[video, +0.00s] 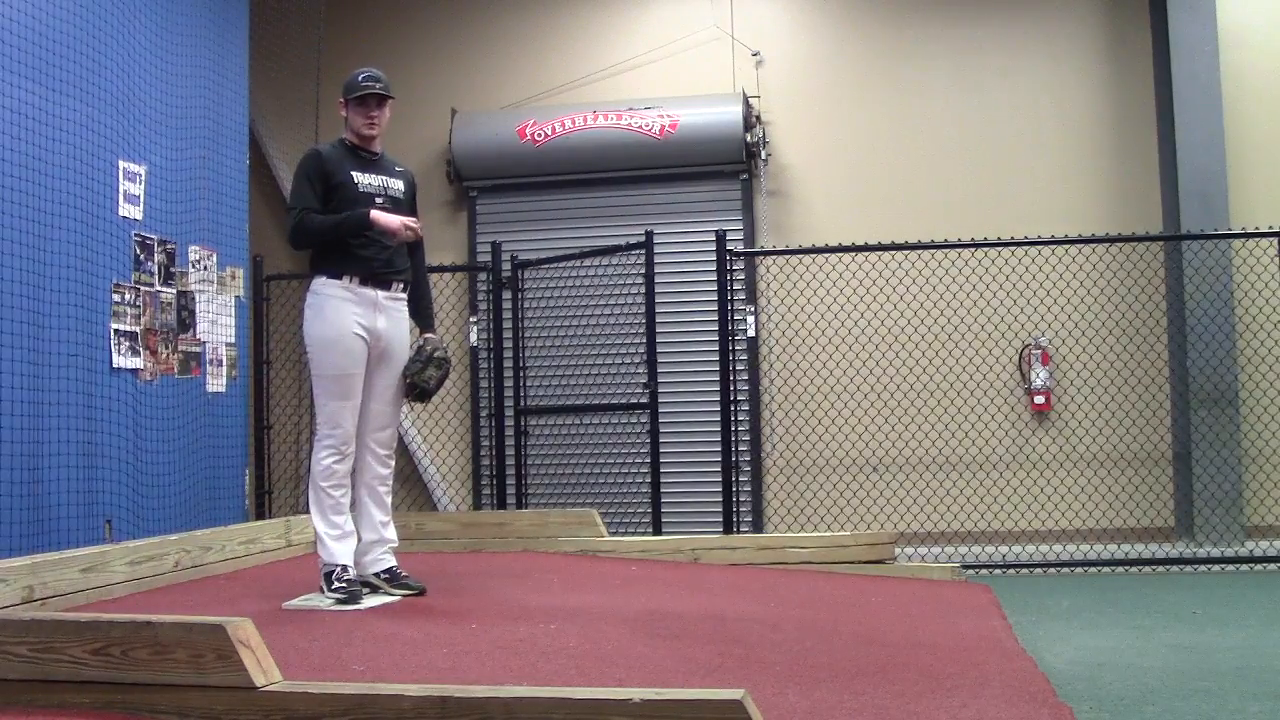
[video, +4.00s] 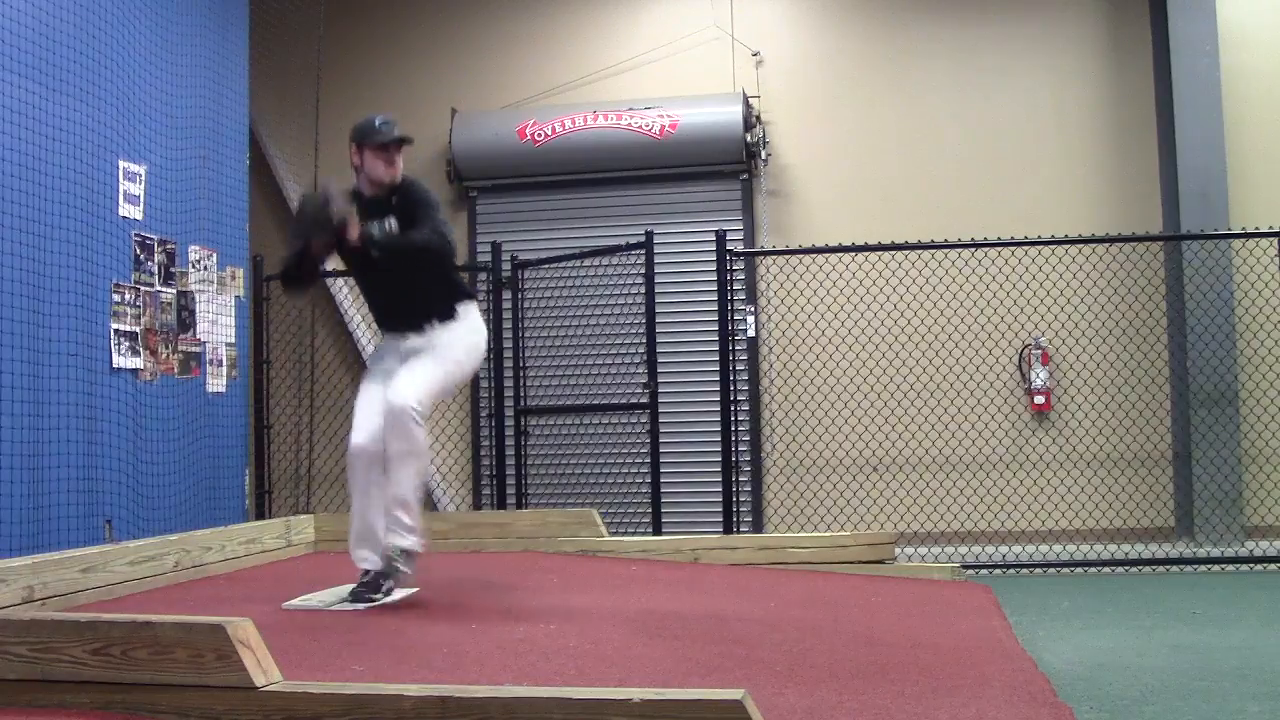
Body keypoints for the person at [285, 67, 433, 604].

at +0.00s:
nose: (372, 112)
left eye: (379, 104)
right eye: (363, 104)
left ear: (390, 110)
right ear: (344, 110)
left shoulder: (402, 176)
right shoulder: (320, 161)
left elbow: (415, 256)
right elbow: (299, 229)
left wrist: (425, 328)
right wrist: (372, 217)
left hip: (395, 308)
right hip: (338, 302)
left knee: (380, 440)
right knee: (337, 437)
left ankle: (376, 561)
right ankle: (336, 564)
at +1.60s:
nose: (391, 111)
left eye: (393, 103)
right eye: (381, 102)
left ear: (392, 110)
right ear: (352, 106)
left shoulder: (403, 172)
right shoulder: (319, 162)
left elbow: (415, 244)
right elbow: (301, 235)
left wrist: (421, 246)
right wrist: (376, 231)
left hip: (392, 308)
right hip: (337, 304)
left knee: (379, 439)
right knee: (338, 437)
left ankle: (376, 561)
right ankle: (336, 565)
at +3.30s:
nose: (395, 125)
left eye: (402, 116)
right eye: (385, 116)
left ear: (411, 121)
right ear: (365, 120)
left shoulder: (422, 166)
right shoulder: (341, 174)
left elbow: (421, 232)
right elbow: (308, 241)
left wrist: (345, 218)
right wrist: (297, 212)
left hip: (417, 311)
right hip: (360, 317)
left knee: (385, 410)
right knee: (361, 435)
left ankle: (415, 544)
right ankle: (379, 568)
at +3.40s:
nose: (391, 125)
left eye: (398, 117)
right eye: (381, 117)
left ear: (408, 121)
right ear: (362, 120)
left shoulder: (417, 163)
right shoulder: (340, 173)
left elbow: (413, 223)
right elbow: (296, 232)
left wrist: (338, 199)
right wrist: (303, 196)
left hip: (420, 298)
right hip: (365, 308)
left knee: (361, 362)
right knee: (368, 427)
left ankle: (379, 515)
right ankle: (381, 566)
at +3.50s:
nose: (385, 126)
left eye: (392, 117)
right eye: (375, 118)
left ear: (403, 120)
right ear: (357, 121)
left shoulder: (415, 159)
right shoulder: (341, 171)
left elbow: (408, 213)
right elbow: (287, 222)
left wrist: (335, 181)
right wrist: (298, 180)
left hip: (427, 294)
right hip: (369, 305)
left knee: (351, 297)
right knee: (369, 440)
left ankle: (351, 442)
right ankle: (380, 566)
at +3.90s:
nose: (395, 134)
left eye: (399, 125)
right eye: (384, 126)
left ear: (405, 128)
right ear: (357, 131)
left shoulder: (413, 168)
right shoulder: (338, 183)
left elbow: (427, 222)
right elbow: (281, 241)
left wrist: (352, 197)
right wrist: (309, 203)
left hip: (444, 305)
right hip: (387, 319)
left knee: (382, 364)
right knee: (364, 439)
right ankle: (375, 567)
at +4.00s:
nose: (395, 159)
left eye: (399, 150)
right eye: (384, 151)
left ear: (404, 153)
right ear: (357, 156)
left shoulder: (412, 195)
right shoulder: (340, 210)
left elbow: (437, 243)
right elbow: (293, 282)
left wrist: (364, 236)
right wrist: (317, 245)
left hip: (454, 331)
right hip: (397, 344)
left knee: (402, 401)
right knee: (363, 444)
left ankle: (403, 544)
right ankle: (376, 566)